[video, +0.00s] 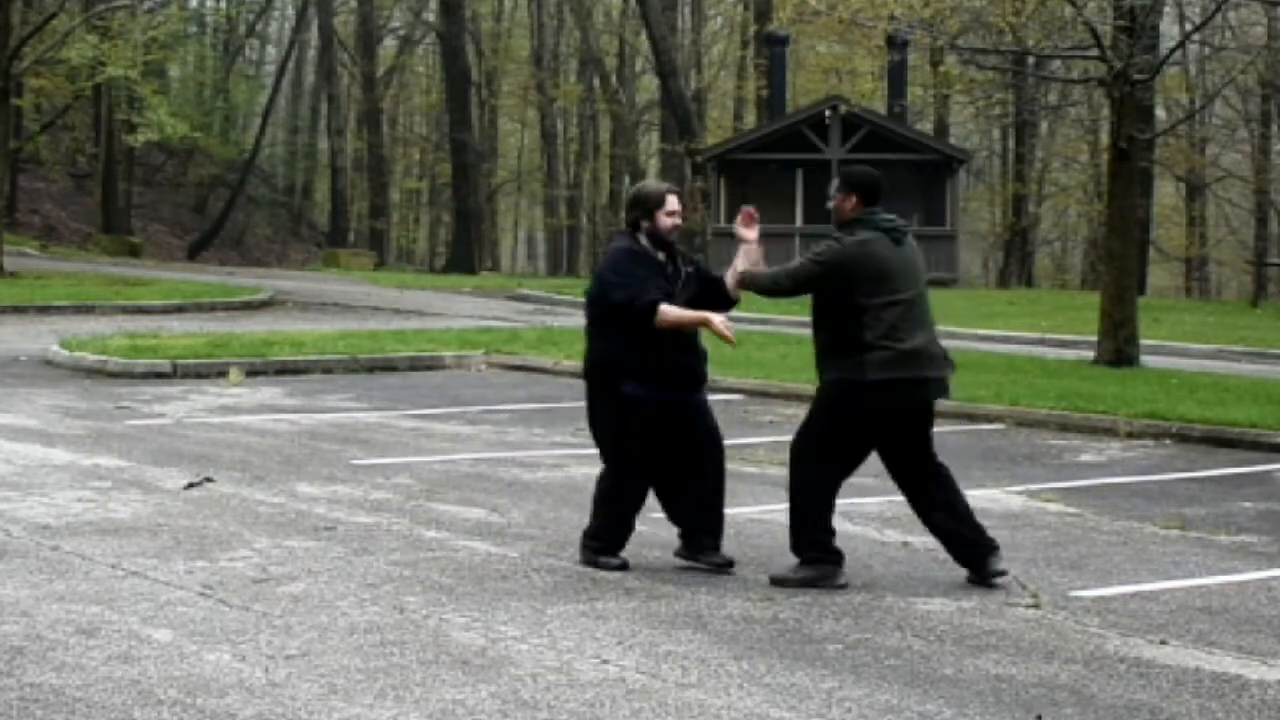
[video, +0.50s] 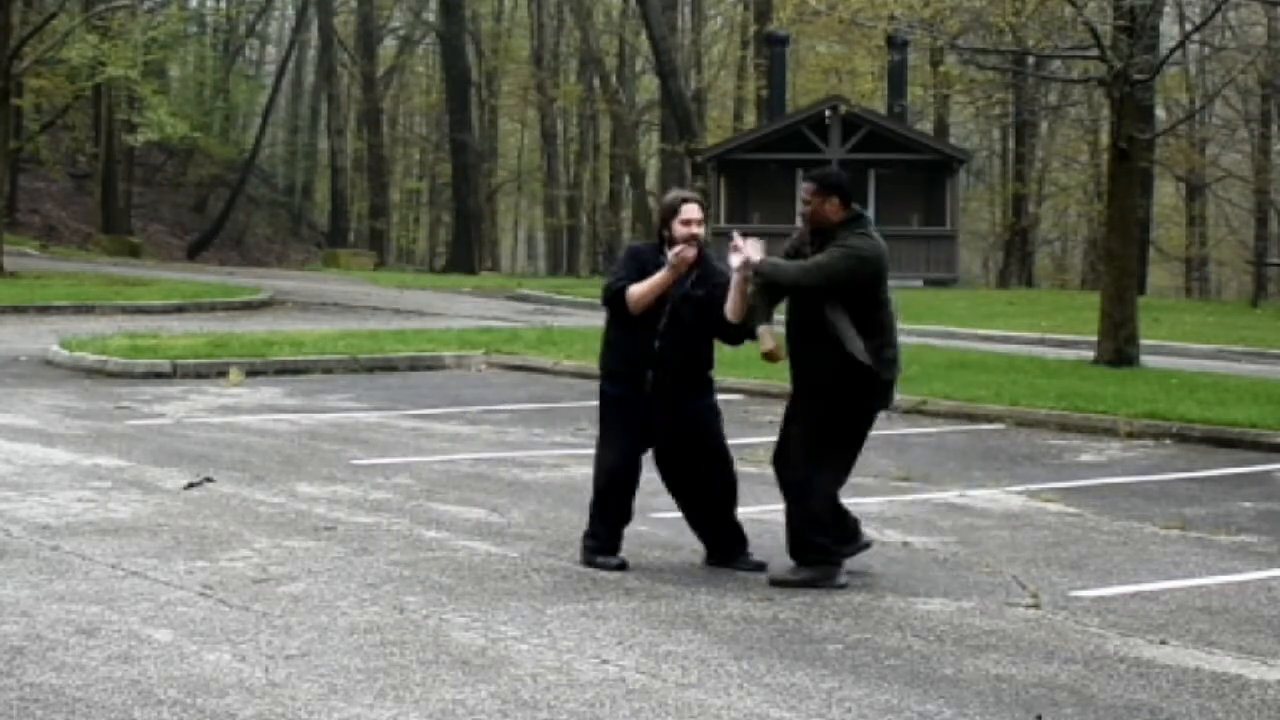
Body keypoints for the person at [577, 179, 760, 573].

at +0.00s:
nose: (678, 221)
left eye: (680, 214)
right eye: (670, 215)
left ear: (678, 217)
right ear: (645, 218)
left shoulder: (676, 262)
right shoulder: (621, 260)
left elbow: (723, 296)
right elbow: (650, 312)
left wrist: (748, 245)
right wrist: (705, 318)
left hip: (676, 387)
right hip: (623, 388)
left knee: (704, 456)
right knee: (629, 467)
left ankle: (700, 544)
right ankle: (599, 546)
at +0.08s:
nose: (680, 222)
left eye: (681, 214)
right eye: (671, 215)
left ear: (681, 217)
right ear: (646, 220)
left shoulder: (686, 263)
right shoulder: (620, 261)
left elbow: (729, 294)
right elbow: (617, 309)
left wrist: (769, 255)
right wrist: (686, 303)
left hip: (679, 391)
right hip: (623, 391)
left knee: (706, 470)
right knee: (628, 473)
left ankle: (723, 548)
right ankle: (599, 547)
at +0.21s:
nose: (685, 223)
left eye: (688, 215)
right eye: (676, 216)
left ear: (693, 219)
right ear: (653, 222)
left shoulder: (704, 263)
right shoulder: (629, 257)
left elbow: (735, 298)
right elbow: (620, 304)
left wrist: (769, 258)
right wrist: (673, 280)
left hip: (689, 387)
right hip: (632, 388)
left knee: (714, 471)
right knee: (627, 476)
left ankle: (727, 548)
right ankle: (601, 547)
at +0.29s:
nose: (689, 225)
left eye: (693, 217)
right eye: (680, 218)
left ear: (700, 221)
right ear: (659, 223)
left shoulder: (705, 266)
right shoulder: (632, 256)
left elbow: (723, 312)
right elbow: (623, 300)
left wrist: (745, 273)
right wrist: (670, 271)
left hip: (690, 388)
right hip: (634, 389)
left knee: (715, 471)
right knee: (625, 474)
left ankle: (726, 548)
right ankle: (601, 547)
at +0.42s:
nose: (691, 228)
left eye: (696, 221)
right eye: (683, 221)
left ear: (703, 226)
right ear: (664, 225)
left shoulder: (707, 272)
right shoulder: (637, 256)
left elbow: (723, 328)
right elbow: (618, 300)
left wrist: (738, 277)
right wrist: (667, 268)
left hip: (686, 391)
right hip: (630, 389)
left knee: (716, 470)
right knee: (619, 471)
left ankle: (726, 549)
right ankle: (600, 547)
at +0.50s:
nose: (694, 230)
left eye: (699, 223)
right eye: (686, 223)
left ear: (706, 228)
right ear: (666, 227)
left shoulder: (711, 273)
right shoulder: (639, 258)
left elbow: (732, 331)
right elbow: (621, 306)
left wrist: (740, 277)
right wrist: (670, 271)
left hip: (686, 391)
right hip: (630, 389)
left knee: (710, 470)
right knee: (616, 470)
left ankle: (725, 549)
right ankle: (600, 547)